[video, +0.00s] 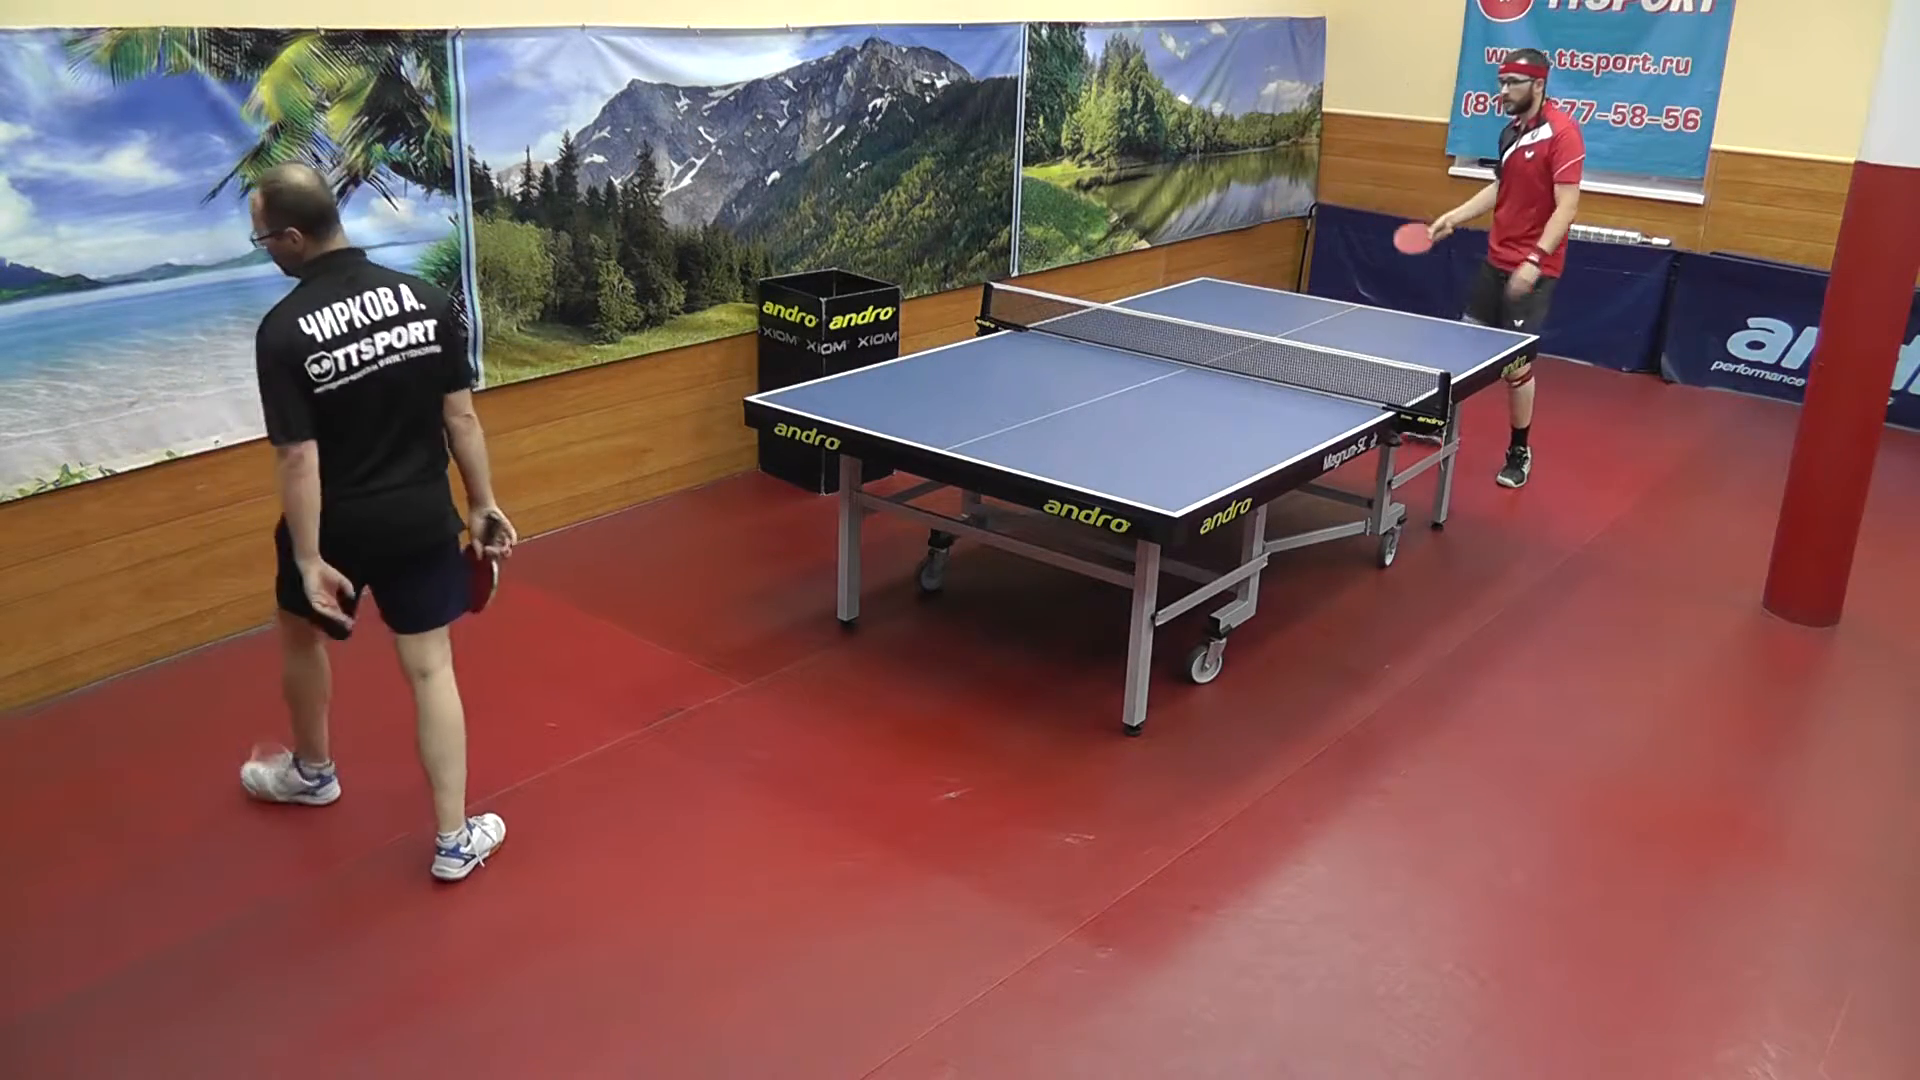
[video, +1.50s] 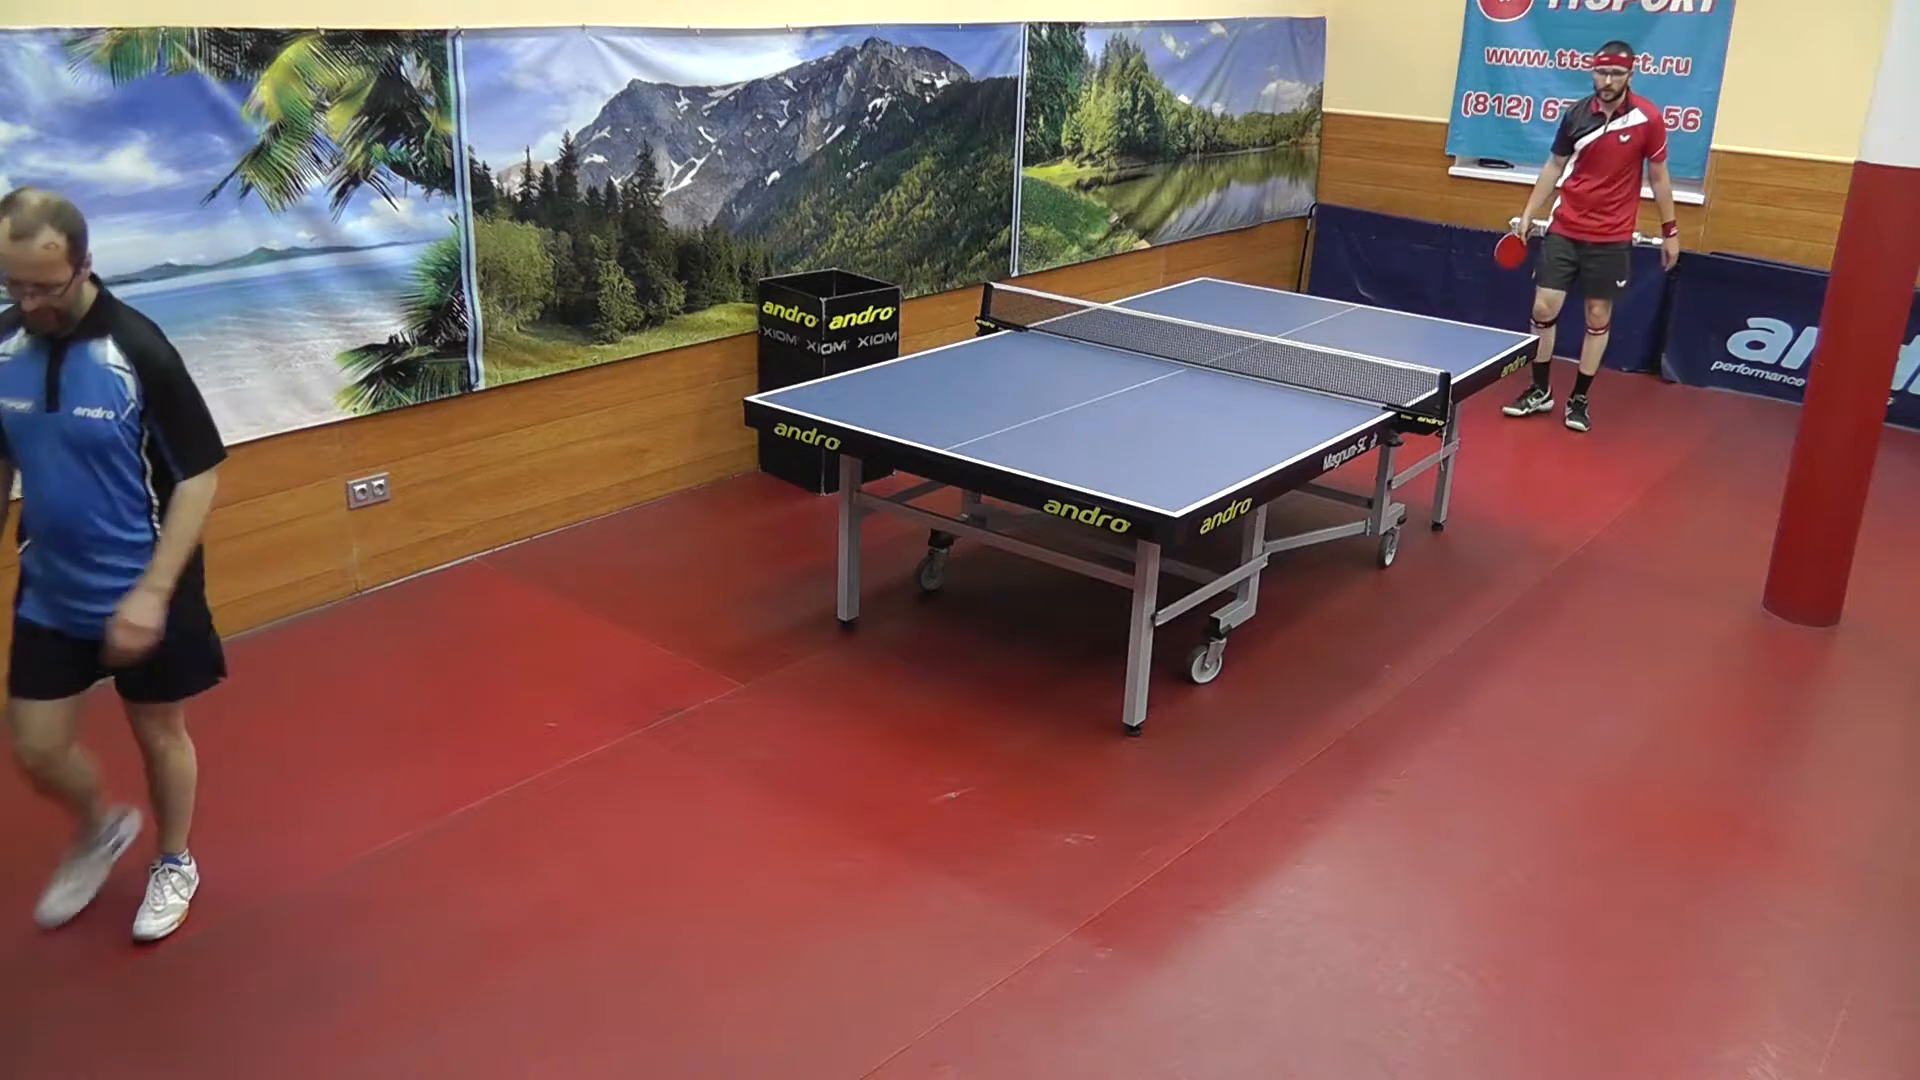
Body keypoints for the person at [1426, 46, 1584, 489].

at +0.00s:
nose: (1504, 91)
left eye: (1513, 84)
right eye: (1502, 83)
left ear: (1538, 85)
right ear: (1505, 85)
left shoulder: (1563, 133)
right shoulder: (1512, 129)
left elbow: (1567, 207)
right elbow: (1501, 188)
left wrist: (1534, 260)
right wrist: (1455, 216)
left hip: (1534, 267)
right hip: (1496, 260)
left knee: (1515, 363)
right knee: (1465, 342)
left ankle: (1518, 452)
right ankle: (1440, 417)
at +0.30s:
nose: (1516, 88)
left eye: (1525, 81)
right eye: (1513, 80)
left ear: (1547, 83)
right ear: (1513, 83)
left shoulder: (1573, 130)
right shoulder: (1519, 128)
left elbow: (1590, 199)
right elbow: (1511, 189)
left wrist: (1601, 258)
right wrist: (1470, 225)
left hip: (1547, 260)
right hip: (1509, 254)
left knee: (1527, 353)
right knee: (1496, 338)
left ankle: (1521, 450)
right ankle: (1513, 410)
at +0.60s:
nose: (1520, 84)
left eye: (1528, 77)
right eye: (1516, 77)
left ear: (1550, 77)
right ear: (1514, 79)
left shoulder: (1580, 120)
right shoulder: (1518, 126)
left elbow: (1598, 182)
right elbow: (1503, 182)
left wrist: (1585, 236)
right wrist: (1467, 223)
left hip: (1562, 252)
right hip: (1519, 249)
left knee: (1552, 342)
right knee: (1511, 329)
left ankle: (1544, 436)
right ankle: (1518, 416)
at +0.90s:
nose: (1549, 80)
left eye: (1557, 72)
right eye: (1544, 73)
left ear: (1577, 73)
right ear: (1540, 75)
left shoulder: (1605, 117)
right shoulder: (1539, 123)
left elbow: (1617, 177)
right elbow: (1525, 182)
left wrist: (1584, 215)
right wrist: (1499, 232)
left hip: (1582, 248)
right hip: (1535, 244)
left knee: (1576, 337)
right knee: (1524, 324)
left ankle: (1577, 394)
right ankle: (1519, 415)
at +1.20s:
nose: (1585, 85)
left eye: (1593, 78)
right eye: (1580, 77)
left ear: (1610, 79)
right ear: (1573, 78)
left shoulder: (1633, 124)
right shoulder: (1566, 119)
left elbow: (1641, 188)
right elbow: (1551, 177)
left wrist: (1632, 243)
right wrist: (1531, 224)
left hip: (1603, 248)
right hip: (1557, 240)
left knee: (1593, 329)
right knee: (1544, 319)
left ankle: (1578, 401)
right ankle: (1526, 406)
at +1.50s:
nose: (1607, 82)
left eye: (1616, 74)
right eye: (1601, 74)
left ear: (1630, 75)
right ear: (1593, 74)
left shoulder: (1648, 120)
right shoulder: (1576, 114)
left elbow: (1659, 178)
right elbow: (1554, 166)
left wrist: (1670, 233)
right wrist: (1527, 215)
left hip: (1611, 239)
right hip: (1564, 231)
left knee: (1597, 318)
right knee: (1543, 309)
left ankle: (1578, 400)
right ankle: (1539, 391)